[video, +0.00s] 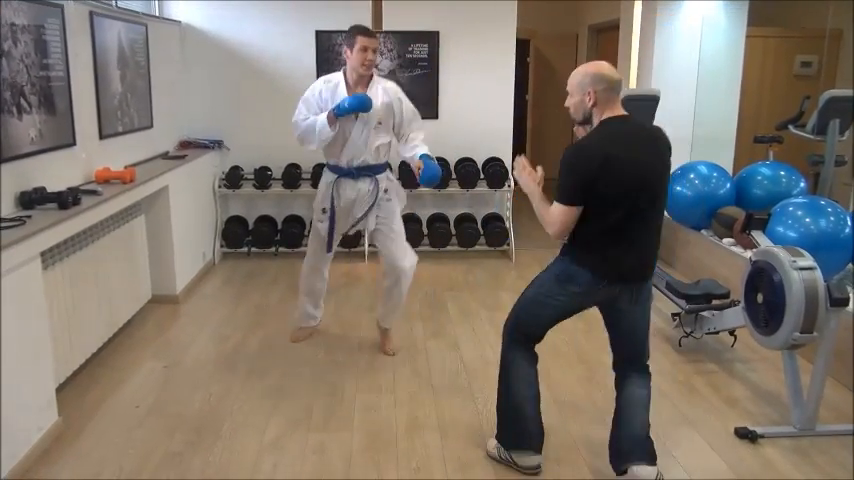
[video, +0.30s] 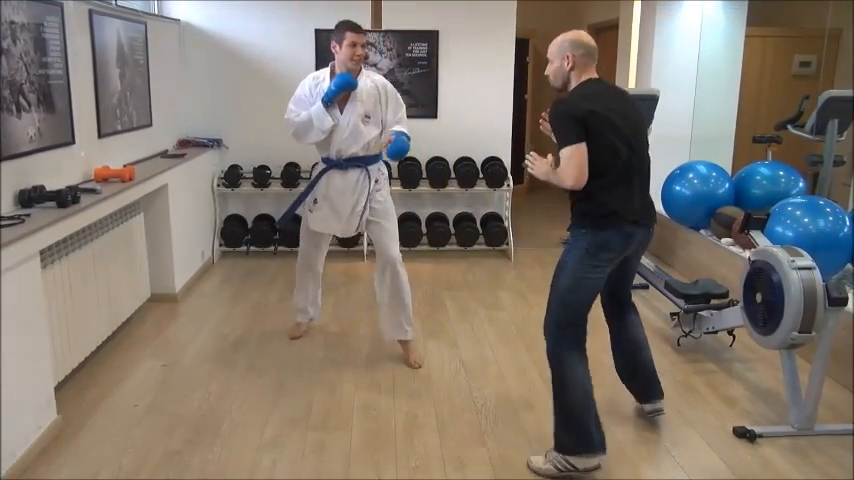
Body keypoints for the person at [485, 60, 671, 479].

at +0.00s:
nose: (567, 102)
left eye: (570, 94)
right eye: (567, 94)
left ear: (591, 97)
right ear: (613, 96)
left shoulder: (585, 153)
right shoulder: (657, 140)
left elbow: (556, 226)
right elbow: (633, 196)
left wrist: (532, 189)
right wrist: (587, 139)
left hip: (583, 271)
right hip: (635, 276)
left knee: (518, 335)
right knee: (633, 368)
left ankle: (521, 447)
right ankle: (638, 463)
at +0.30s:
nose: (546, 69)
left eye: (549, 61)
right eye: (547, 62)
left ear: (568, 62)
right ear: (588, 62)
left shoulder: (569, 105)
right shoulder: (623, 100)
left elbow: (575, 176)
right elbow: (614, 156)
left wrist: (547, 172)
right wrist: (565, 138)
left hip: (597, 232)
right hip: (637, 228)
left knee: (562, 332)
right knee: (619, 303)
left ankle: (580, 451)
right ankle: (649, 397)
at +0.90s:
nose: (574, 74)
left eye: (578, 67)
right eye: (574, 67)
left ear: (601, 66)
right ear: (604, 66)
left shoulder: (601, 103)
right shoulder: (626, 100)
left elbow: (595, 167)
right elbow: (597, 150)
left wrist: (554, 172)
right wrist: (577, 115)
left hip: (610, 212)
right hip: (625, 205)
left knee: (600, 293)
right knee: (608, 272)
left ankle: (651, 375)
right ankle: (619, 333)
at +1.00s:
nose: (574, 62)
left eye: (579, 56)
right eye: (574, 56)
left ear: (600, 54)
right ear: (604, 54)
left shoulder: (599, 90)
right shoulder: (628, 87)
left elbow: (604, 147)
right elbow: (598, 134)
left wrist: (568, 160)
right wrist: (575, 103)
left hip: (603, 198)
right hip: (624, 194)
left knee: (574, 270)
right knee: (611, 261)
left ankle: (615, 353)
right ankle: (626, 334)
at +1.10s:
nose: (572, 55)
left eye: (576, 48)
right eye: (572, 48)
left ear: (599, 47)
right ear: (603, 47)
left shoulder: (592, 76)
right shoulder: (625, 76)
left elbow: (593, 126)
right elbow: (597, 128)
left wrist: (568, 138)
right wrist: (568, 96)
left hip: (600, 184)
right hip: (625, 182)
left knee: (561, 255)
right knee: (612, 251)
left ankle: (575, 344)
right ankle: (625, 325)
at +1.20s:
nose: (573, 65)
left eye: (578, 59)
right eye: (572, 59)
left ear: (599, 58)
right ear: (602, 61)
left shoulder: (589, 87)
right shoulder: (623, 88)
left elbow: (580, 136)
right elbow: (596, 133)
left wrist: (551, 136)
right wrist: (571, 98)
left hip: (593, 193)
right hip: (619, 191)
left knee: (548, 256)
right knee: (610, 259)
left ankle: (555, 341)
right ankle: (627, 331)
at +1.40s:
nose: (551, 61)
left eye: (555, 55)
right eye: (551, 55)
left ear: (577, 54)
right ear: (583, 55)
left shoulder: (564, 85)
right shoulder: (610, 88)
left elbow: (549, 131)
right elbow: (586, 121)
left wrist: (513, 132)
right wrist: (550, 99)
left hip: (564, 185)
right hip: (601, 187)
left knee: (519, 244)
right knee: (607, 252)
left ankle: (503, 325)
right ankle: (621, 324)